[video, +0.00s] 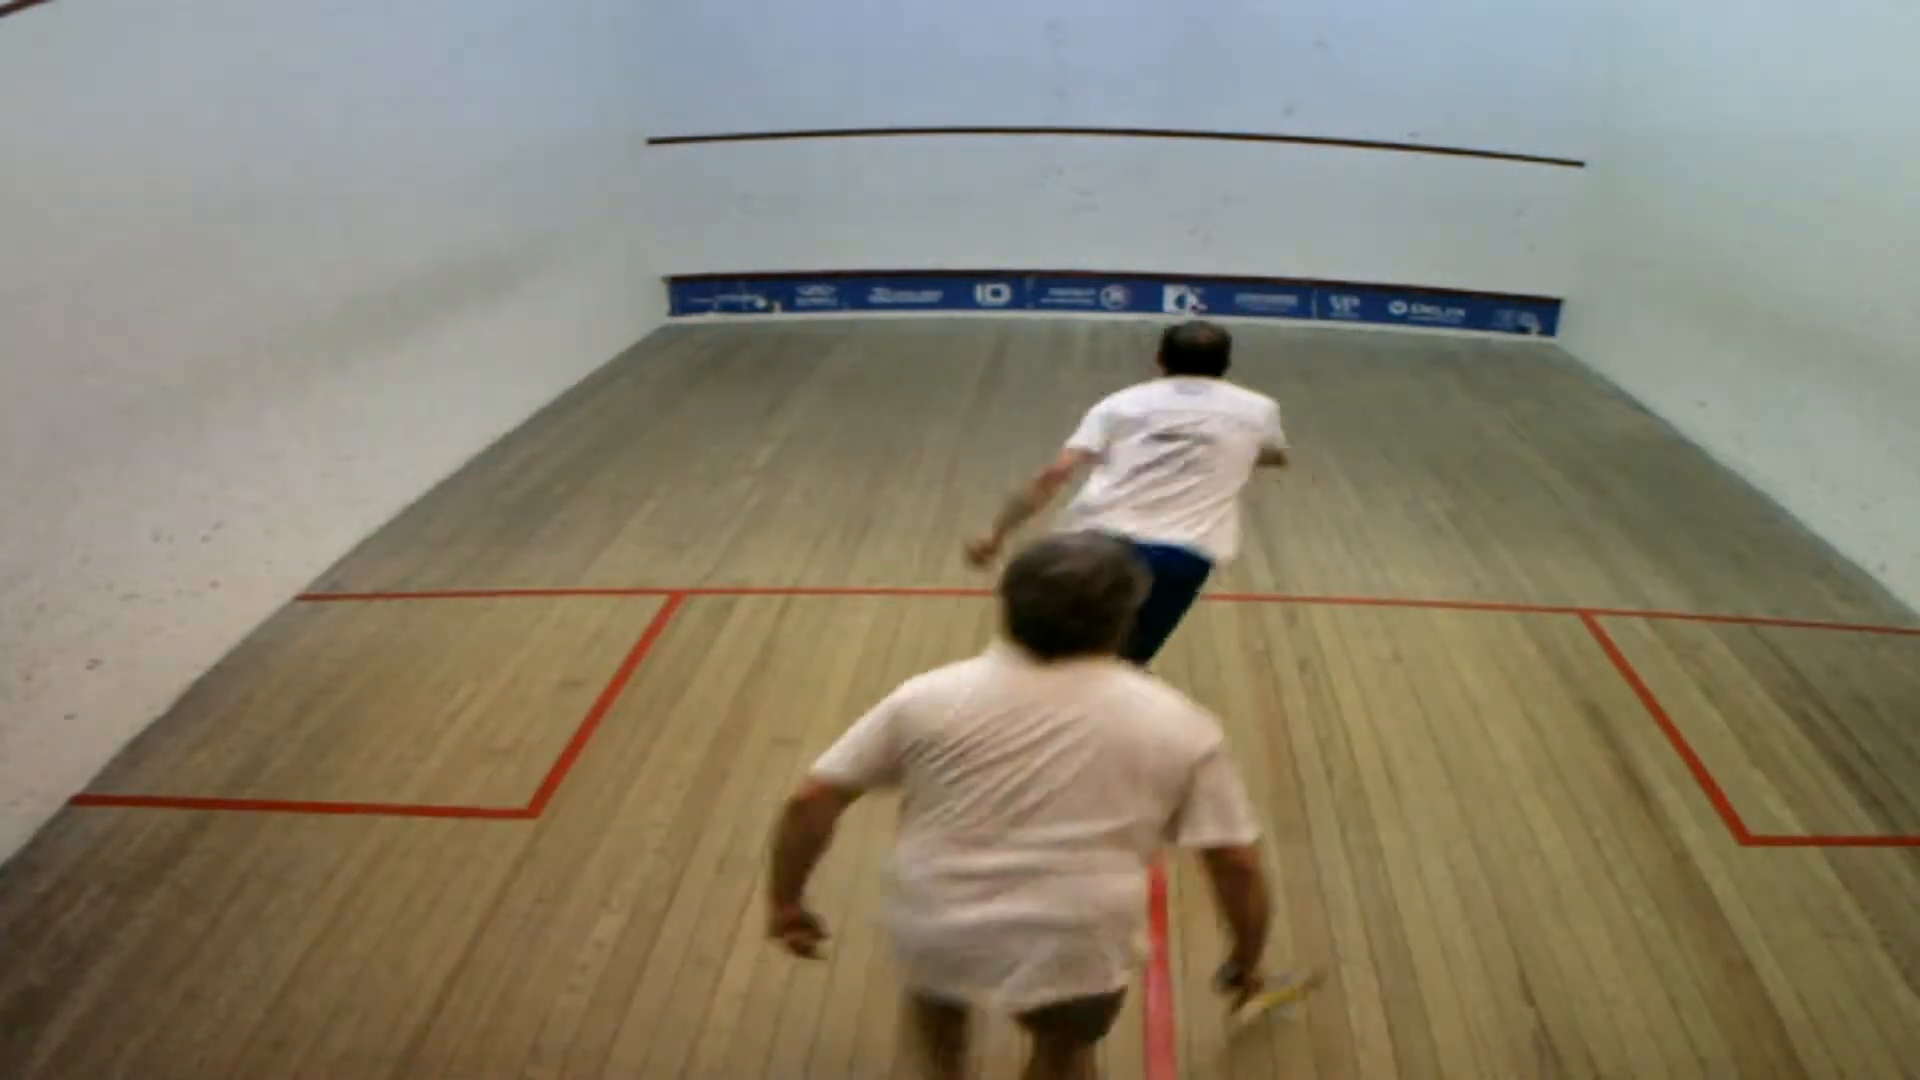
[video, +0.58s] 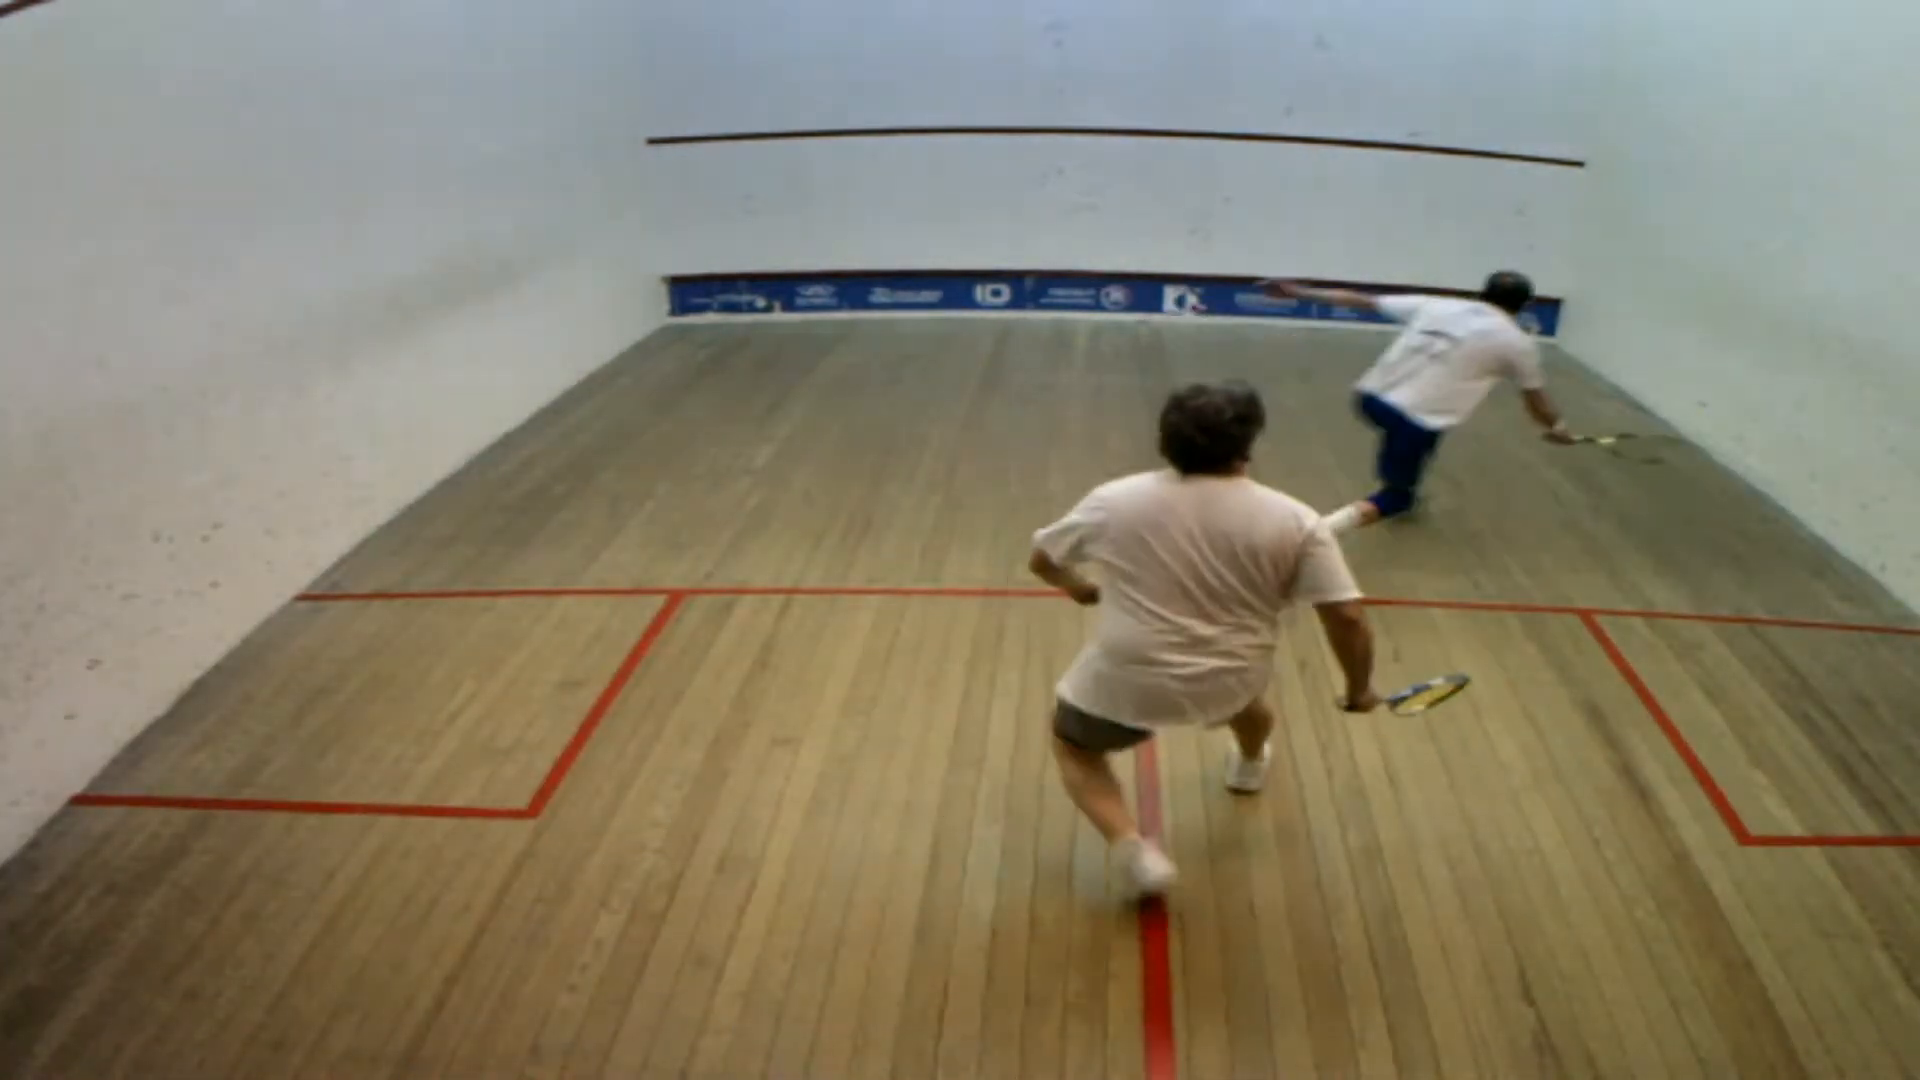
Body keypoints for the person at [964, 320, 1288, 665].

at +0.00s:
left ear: (1162, 361)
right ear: (1223, 367)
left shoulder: (1123, 403)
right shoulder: (1256, 411)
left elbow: (1056, 473)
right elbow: (1276, 458)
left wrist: (996, 535)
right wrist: (1229, 448)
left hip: (1101, 545)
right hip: (1185, 561)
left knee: (1069, 655)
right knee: (1128, 668)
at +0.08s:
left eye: (1170, 334)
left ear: (1172, 339)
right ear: (1227, 341)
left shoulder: (1141, 379)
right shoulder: (1261, 390)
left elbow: (1065, 451)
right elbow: (1270, 466)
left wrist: (1021, 493)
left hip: (1136, 511)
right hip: (1218, 520)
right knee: (1160, 619)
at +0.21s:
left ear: (1236, 326)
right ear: (1283, 335)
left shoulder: (1195, 354)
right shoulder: (1299, 380)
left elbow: (1140, 398)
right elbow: (1332, 465)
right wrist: (1308, 484)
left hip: (1161, 486)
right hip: (1236, 495)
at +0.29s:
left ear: (1293, 317)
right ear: (1336, 330)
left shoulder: (1252, 339)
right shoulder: (1338, 370)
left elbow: (1197, 372)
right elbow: (1370, 458)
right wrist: (1363, 476)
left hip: (1176, 453)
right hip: (1241, 473)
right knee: (1301, 508)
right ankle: (1248, 584)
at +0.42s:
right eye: (1445, 331)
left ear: (1402, 314)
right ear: (1440, 332)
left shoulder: (1361, 328)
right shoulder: (1430, 365)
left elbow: (1291, 347)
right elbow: (1452, 440)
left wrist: (1249, 369)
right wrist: (1469, 459)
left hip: (1265, 416)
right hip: (1322, 443)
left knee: (1237, 484)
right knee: (1344, 497)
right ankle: (1289, 555)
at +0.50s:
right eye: (1480, 319)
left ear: (1446, 305)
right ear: (1480, 323)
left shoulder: (1403, 318)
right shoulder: (1474, 359)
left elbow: (1327, 322)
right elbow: (1496, 423)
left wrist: (1268, 323)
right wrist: (1517, 444)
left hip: (1314, 406)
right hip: (1361, 434)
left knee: (1330, 452)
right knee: (1370, 501)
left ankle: (1300, 494)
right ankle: (1312, 533)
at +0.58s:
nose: (1521, 313)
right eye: (1523, 307)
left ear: (1486, 292)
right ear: (1519, 307)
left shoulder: (1439, 305)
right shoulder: (1515, 341)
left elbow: (1366, 302)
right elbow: (1537, 402)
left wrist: (1303, 293)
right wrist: (1555, 428)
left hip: (1370, 397)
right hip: (1411, 423)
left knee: (1424, 431)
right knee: (1396, 494)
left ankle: (1402, 497)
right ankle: (1320, 531)